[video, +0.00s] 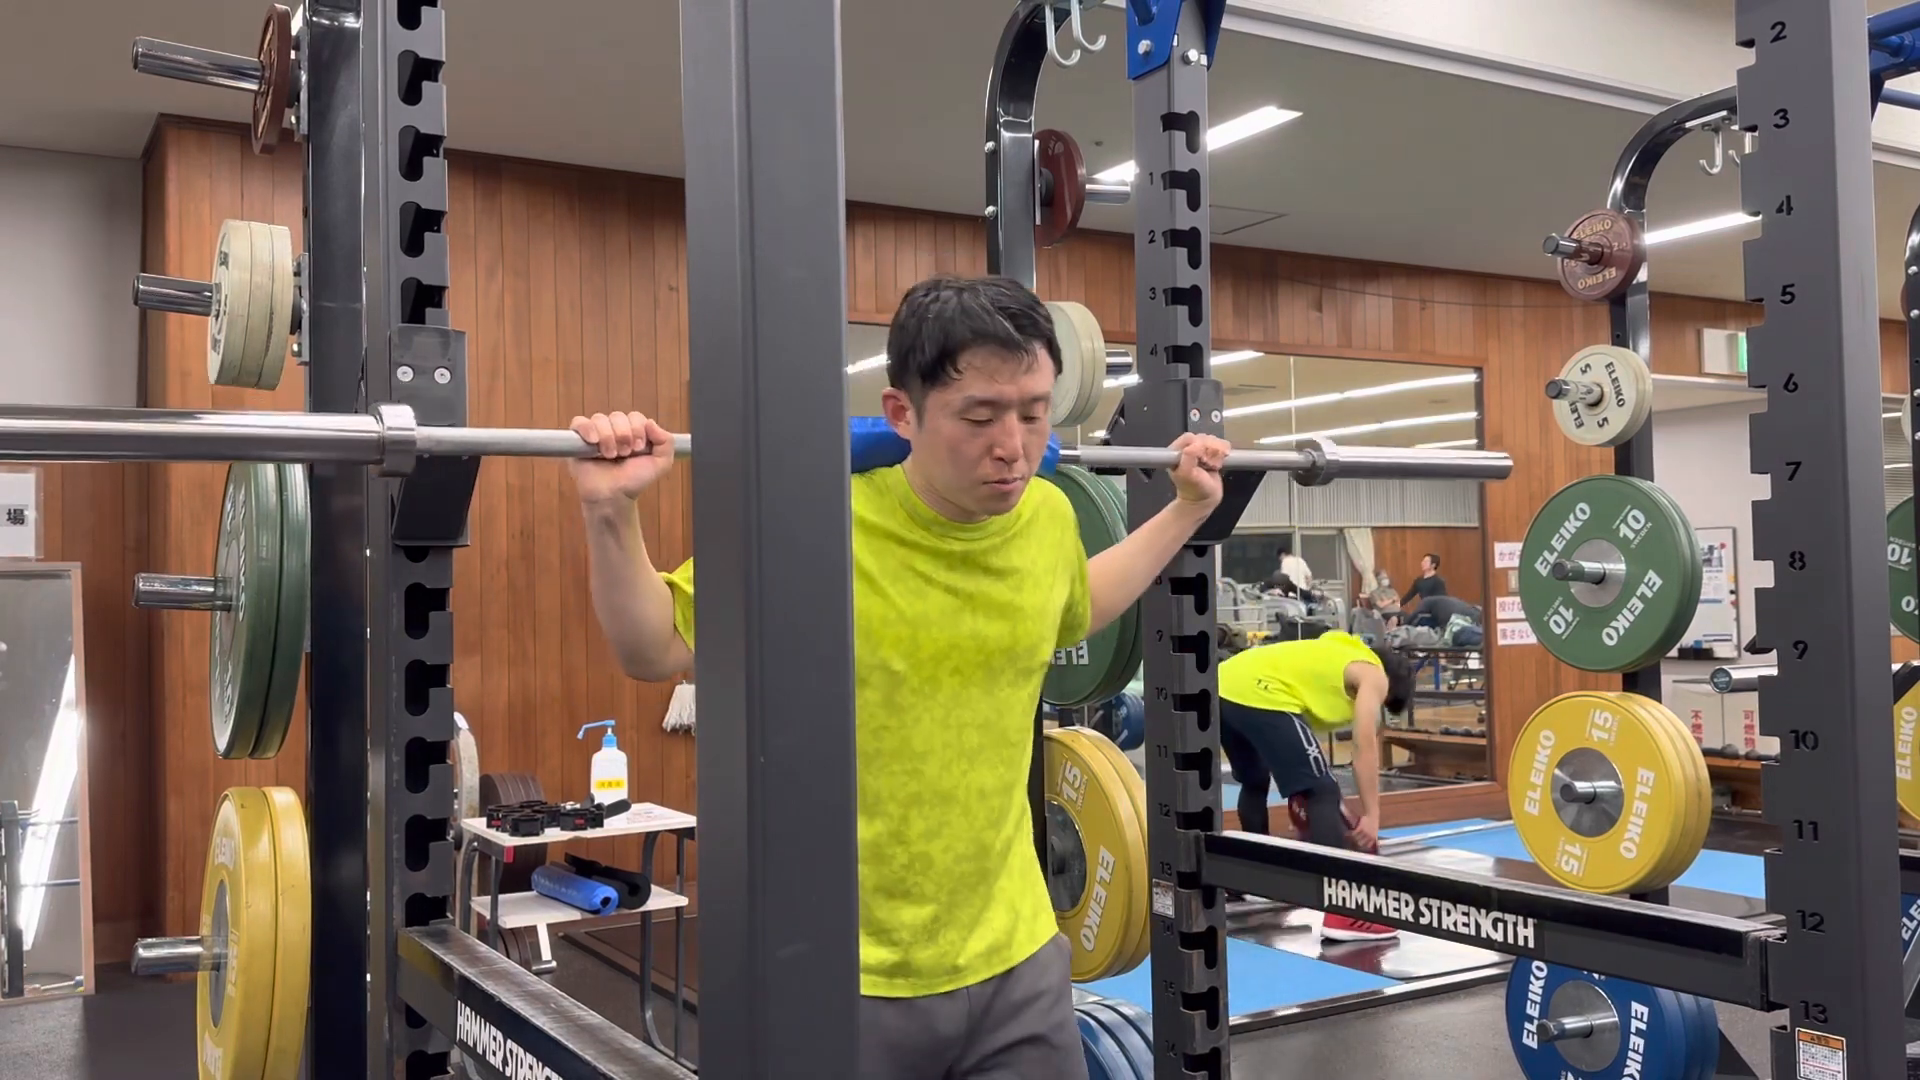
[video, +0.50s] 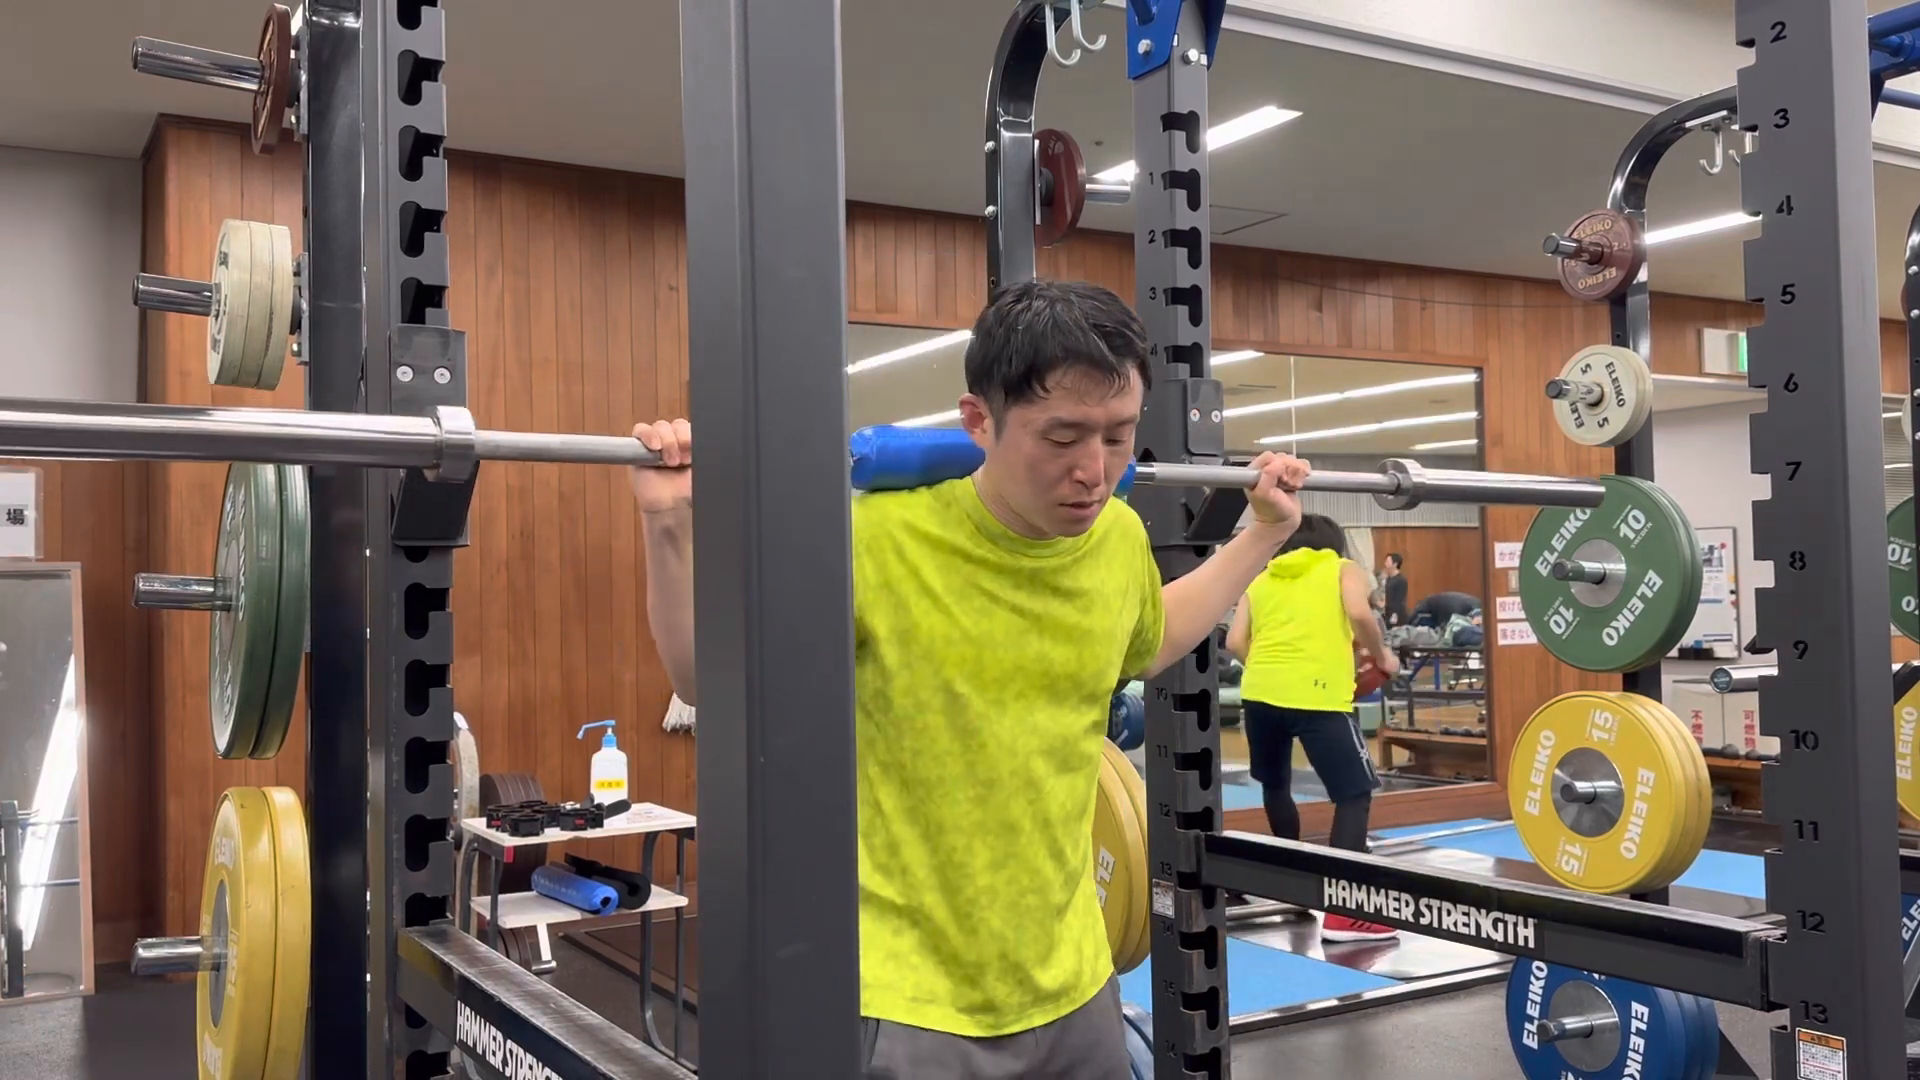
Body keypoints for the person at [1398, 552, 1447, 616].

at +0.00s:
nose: (1422, 563)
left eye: (1426, 561)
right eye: (1423, 561)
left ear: (1433, 565)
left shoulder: (1438, 582)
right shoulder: (1419, 581)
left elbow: (1441, 602)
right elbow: (1409, 595)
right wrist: (1399, 604)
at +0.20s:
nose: (1405, 565)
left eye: (1408, 563)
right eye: (1406, 563)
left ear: (1416, 566)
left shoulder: (1422, 584)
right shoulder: (1404, 581)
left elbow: (1425, 603)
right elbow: (1396, 596)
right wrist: (1391, 608)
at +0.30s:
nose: (1398, 564)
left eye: (1401, 562)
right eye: (1399, 562)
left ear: (1408, 566)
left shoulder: (1414, 584)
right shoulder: (1396, 581)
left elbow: (1416, 603)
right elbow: (1393, 597)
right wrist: (1388, 611)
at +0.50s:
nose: (1385, 563)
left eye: (1388, 561)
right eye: (1386, 561)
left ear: (1395, 564)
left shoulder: (1401, 581)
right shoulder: (1388, 579)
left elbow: (1398, 600)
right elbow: (1388, 597)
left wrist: (1395, 613)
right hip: (1388, 613)